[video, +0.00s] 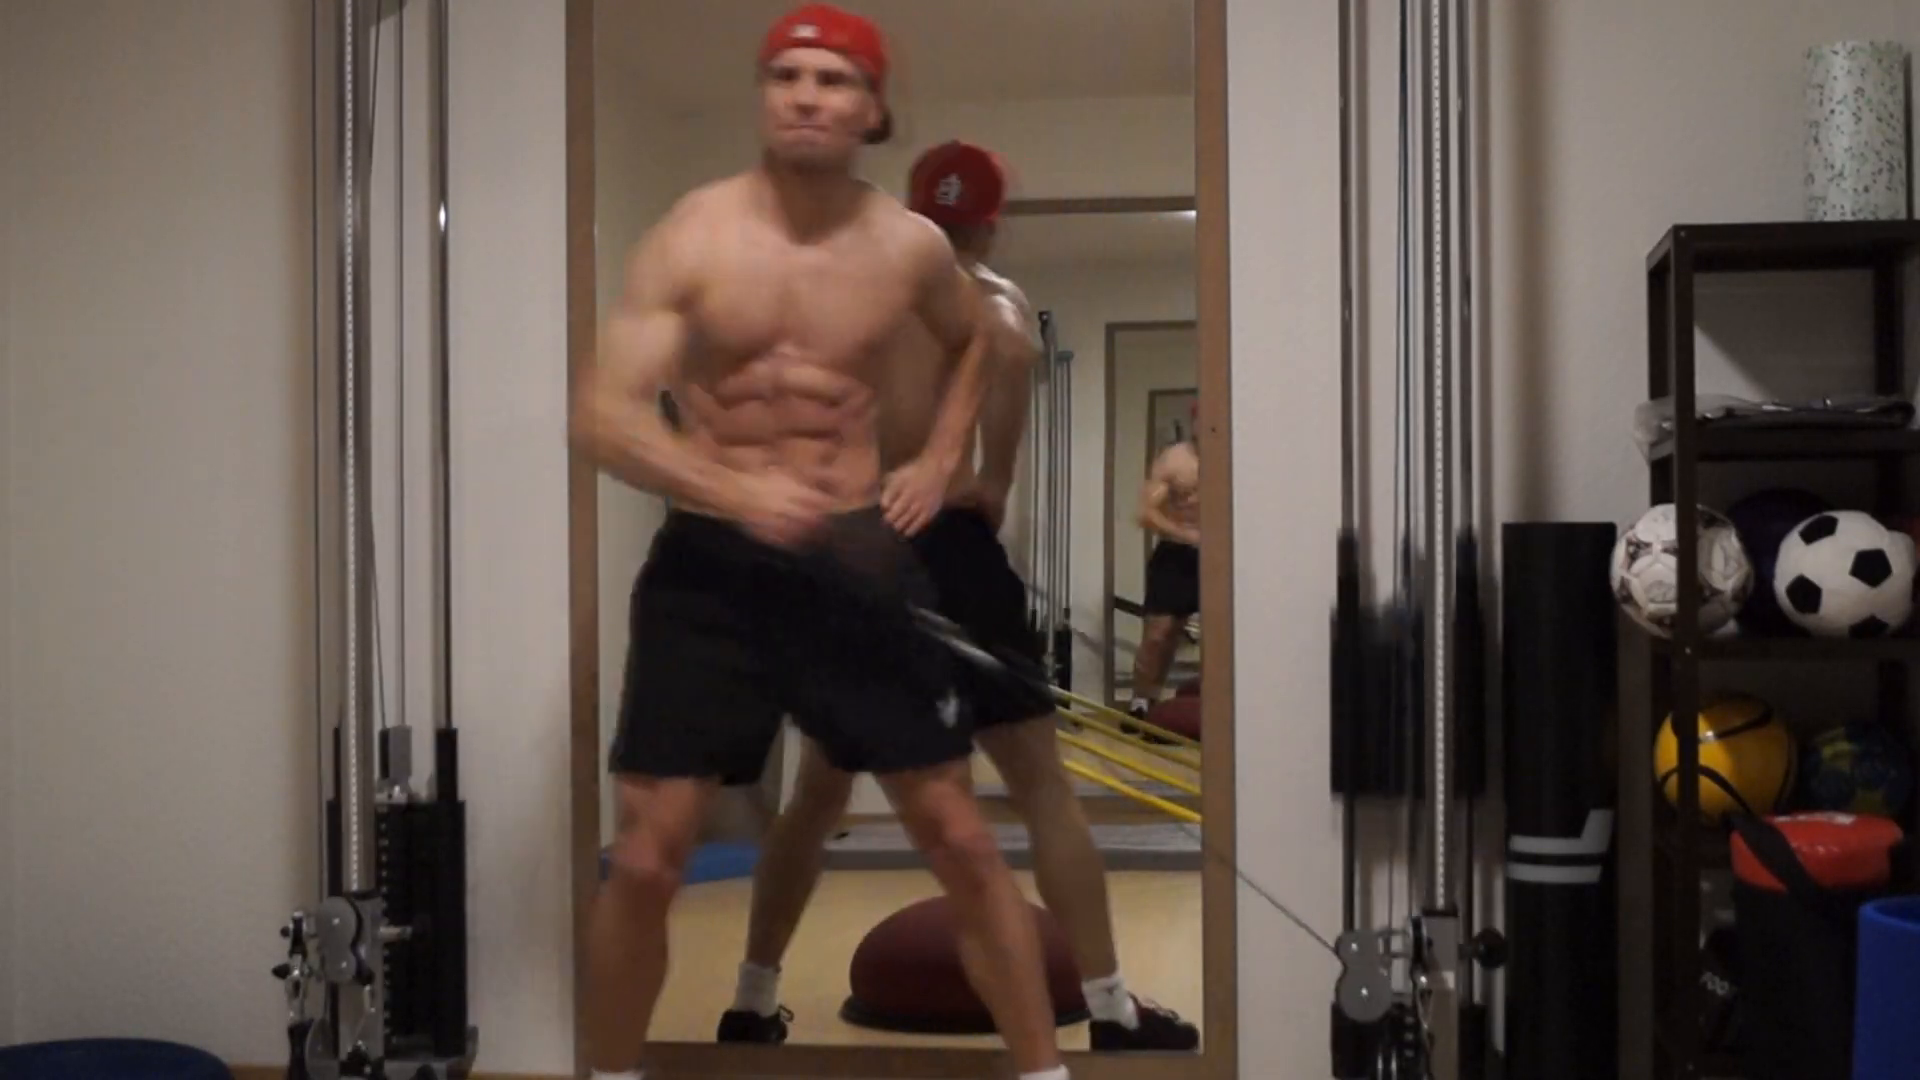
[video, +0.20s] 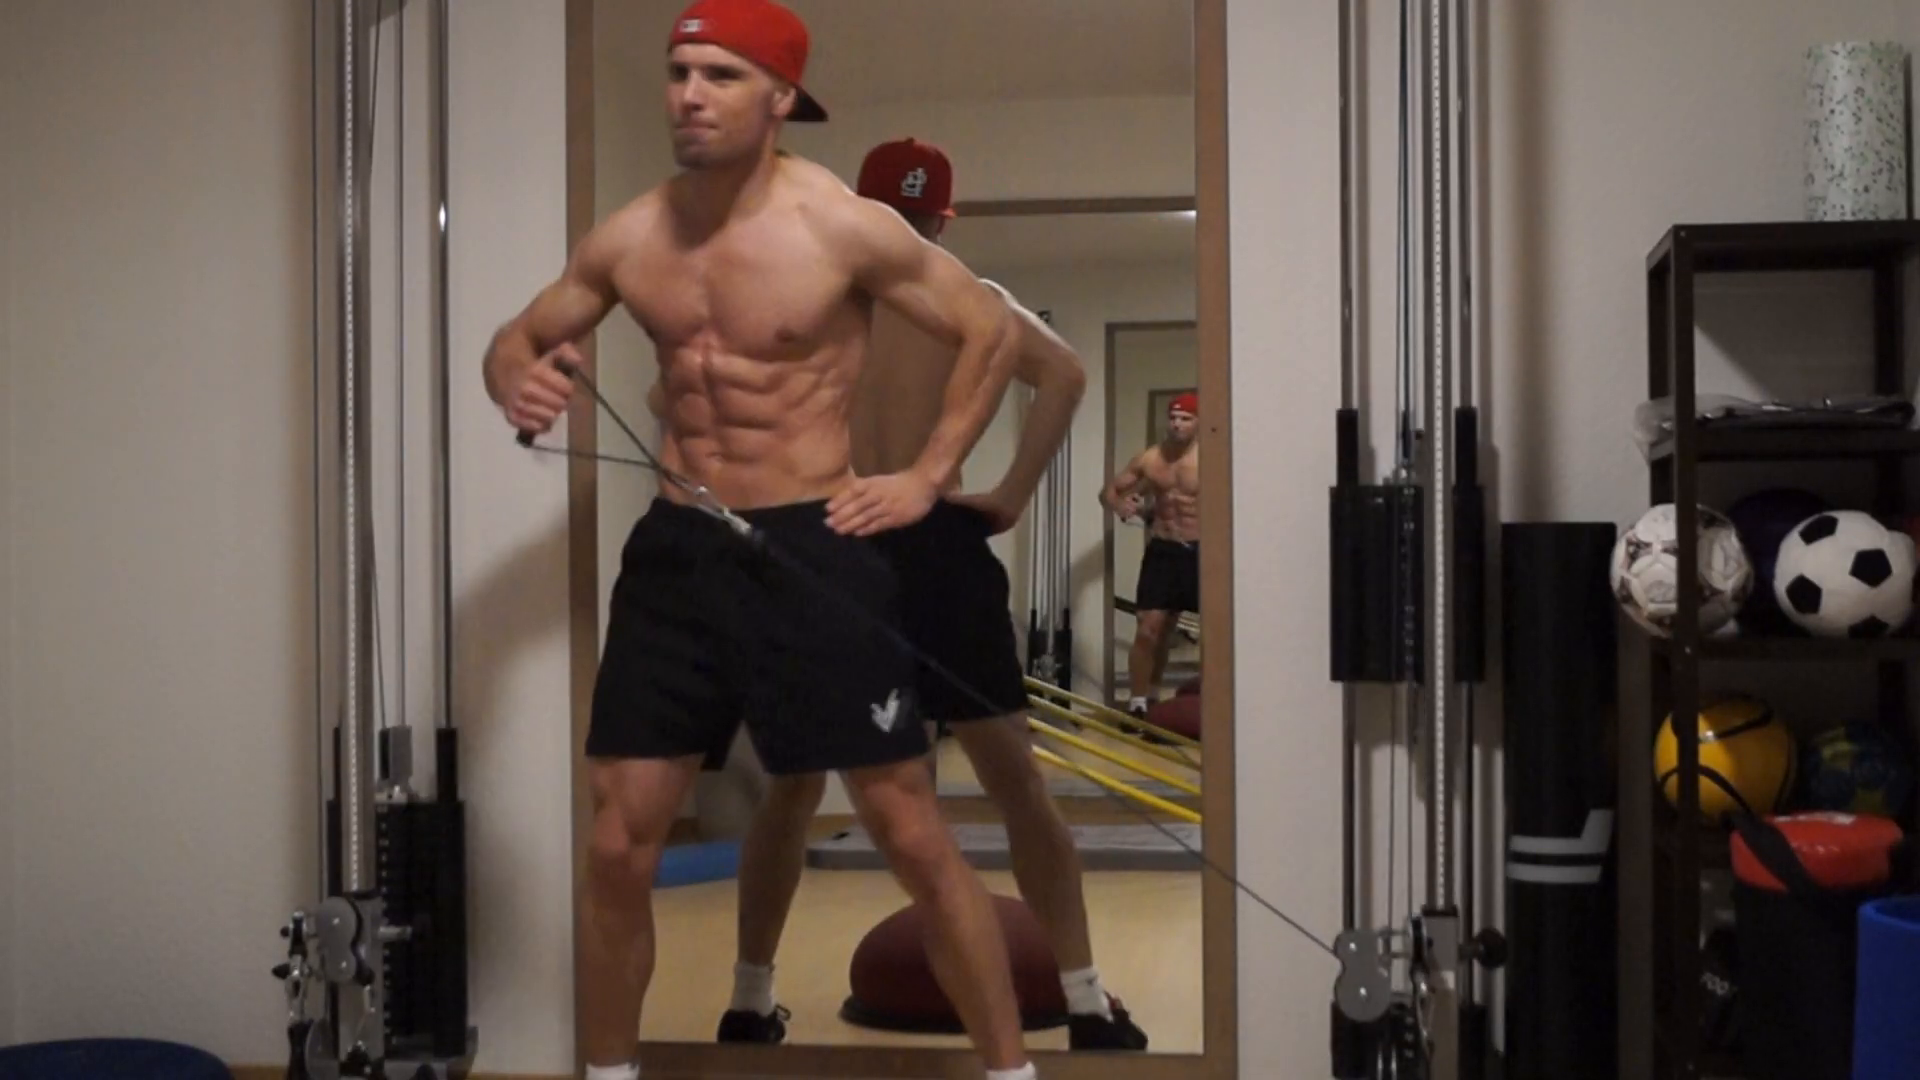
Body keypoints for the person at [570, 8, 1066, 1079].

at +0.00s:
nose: (803, 97)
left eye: (832, 82)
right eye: (785, 79)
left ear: (873, 116)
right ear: (759, 103)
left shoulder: (911, 248)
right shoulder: (692, 236)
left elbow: (975, 341)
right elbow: (602, 415)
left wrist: (939, 460)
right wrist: (735, 487)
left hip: (860, 570)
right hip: (711, 571)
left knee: (961, 839)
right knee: (646, 860)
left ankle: (1044, 1072)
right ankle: (607, 1075)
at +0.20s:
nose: (690, 96)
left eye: (721, 78)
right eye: (680, 74)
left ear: (779, 100)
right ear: (664, 89)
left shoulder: (842, 223)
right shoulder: (628, 237)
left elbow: (993, 328)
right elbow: (517, 344)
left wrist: (930, 471)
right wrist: (514, 375)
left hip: (819, 561)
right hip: (678, 559)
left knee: (915, 841)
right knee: (615, 846)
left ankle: (1010, 1071)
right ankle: (609, 1074)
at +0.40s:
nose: (715, 89)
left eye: (746, 71)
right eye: (704, 67)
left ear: (804, 94)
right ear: (686, 83)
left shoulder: (863, 220)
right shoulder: (649, 228)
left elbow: (1009, 333)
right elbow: (520, 352)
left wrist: (942, 476)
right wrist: (584, 407)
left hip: (837, 561)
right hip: (691, 558)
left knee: (924, 843)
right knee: (626, 844)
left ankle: (1004, 1070)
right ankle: (610, 1074)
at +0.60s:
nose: (854, 103)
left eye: (879, 85)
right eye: (833, 77)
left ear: (902, 109)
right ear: (789, 89)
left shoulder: (932, 230)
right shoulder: (722, 224)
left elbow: (987, 351)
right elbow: (653, 413)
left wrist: (964, 477)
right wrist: (812, 488)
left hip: (886, 549)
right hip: (737, 552)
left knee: (966, 837)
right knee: (667, 848)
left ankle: (1018, 1071)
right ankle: (613, 1073)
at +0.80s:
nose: (984, 158)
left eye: (992, 133)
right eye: (966, 128)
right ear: (887, 116)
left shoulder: (919, 258)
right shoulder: (809, 235)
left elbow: (918, 442)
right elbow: (871, 451)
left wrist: (1008, 561)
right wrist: (1008, 565)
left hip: (889, 564)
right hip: (761, 566)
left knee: (975, 832)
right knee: (684, 860)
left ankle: (1021, 1073)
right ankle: (617, 1071)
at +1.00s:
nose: (988, 198)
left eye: (995, 176)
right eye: (976, 173)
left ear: (910, 158)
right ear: (900, 154)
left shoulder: (886, 249)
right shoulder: (846, 276)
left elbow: (845, 407)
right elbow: (960, 490)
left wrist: (893, 500)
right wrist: (1068, 630)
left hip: (866, 570)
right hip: (746, 576)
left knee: (968, 833)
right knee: (683, 880)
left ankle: (1015, 1072)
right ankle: (612, 1071)